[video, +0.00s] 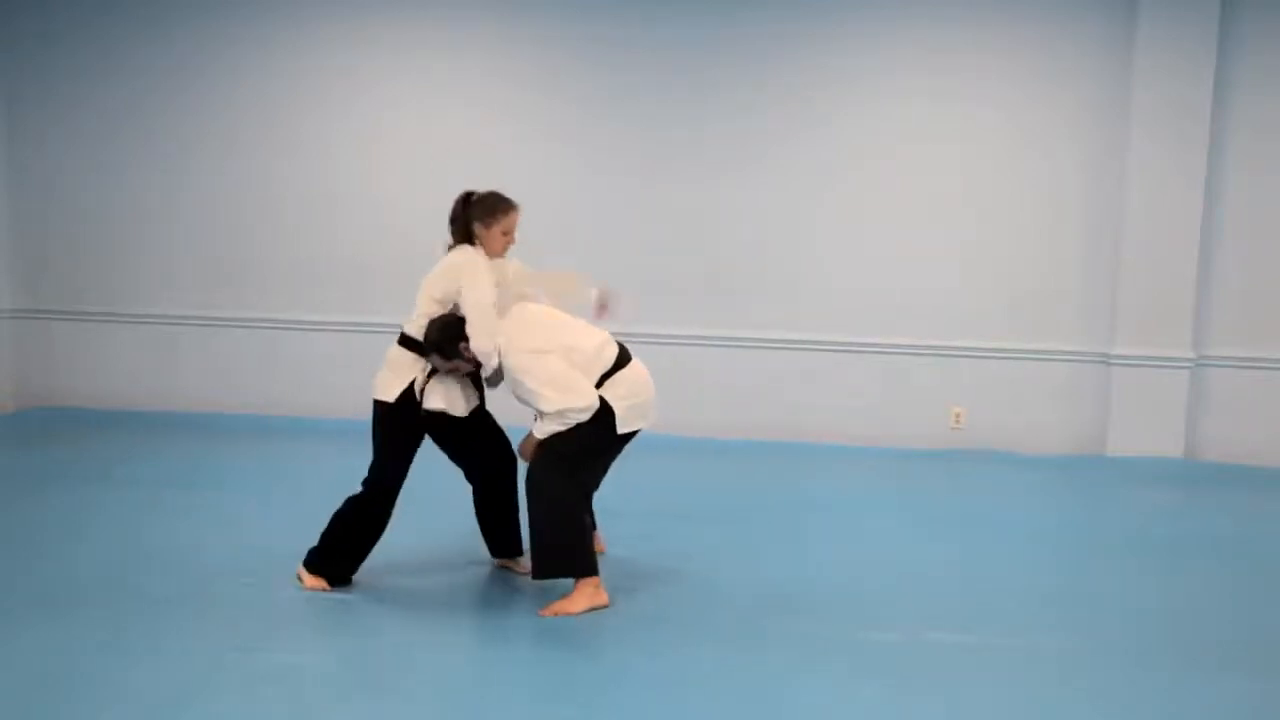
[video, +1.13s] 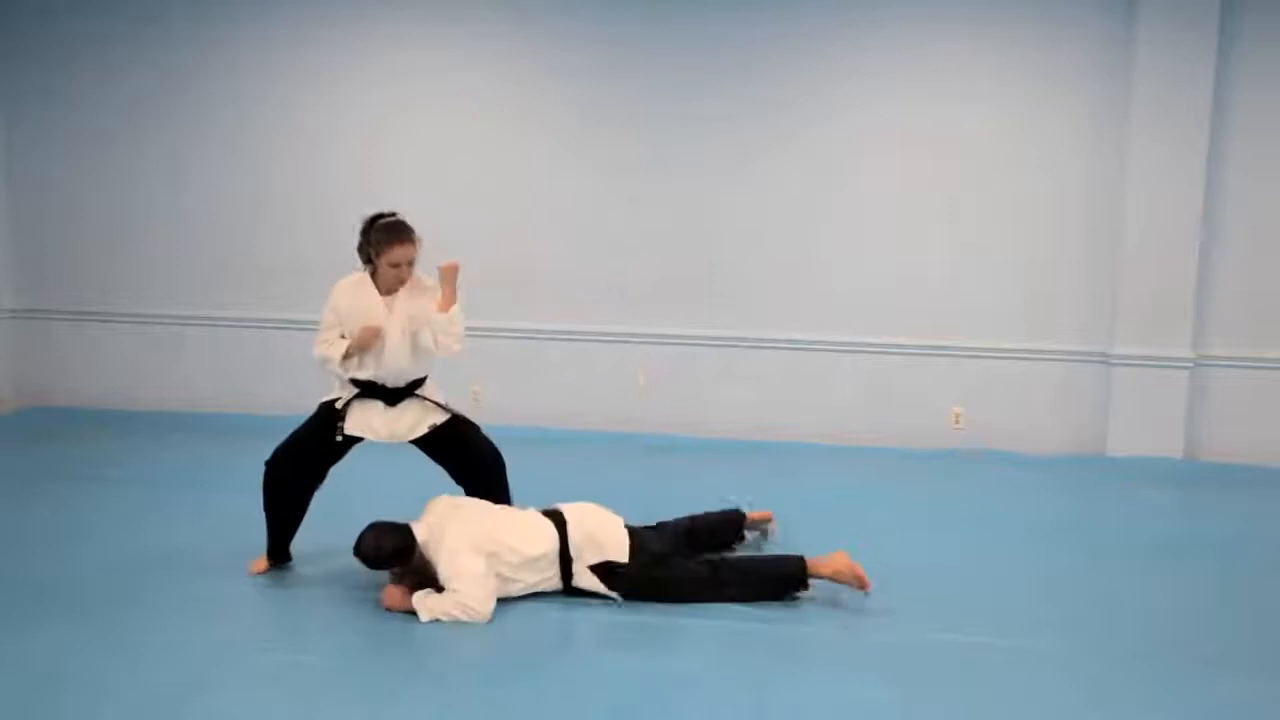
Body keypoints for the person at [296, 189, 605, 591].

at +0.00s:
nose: (512, 240)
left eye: (514, 231)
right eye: (506, 232)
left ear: (485, 231)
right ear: (480, 229)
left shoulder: (491, 265)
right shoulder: (469, 264)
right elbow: (485, 346)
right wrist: (489, 368)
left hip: (450, 390)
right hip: (409, 388)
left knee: (496, 460)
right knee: (384, 484)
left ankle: (507, 552)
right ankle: (320, 568)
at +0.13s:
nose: (502, 220)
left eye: (506, 212)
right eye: (496, 212)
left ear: (509, 207)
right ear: (473, 202)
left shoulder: (496, 228)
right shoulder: (453, 227)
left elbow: (533, 200)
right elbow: (467, 290)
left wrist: (560, 158)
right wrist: (479, 334)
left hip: (472, 373)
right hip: (420, 370)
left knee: (497, 463)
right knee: (382, 466)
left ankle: (509, 552)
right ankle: (321, 558)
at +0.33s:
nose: (489, 217)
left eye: (494, 208)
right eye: (480, 211)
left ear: (501, 197)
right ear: (456, 202)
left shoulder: (496, 210)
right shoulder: (433, 215)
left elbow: (527, 181)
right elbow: (399, 255)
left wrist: (496, 153)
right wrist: (445, 275)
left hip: (473, 359)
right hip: (419, 351)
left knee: (500, 450)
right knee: (365, 437)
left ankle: (505, 550)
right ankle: (296, 532)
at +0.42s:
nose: (479, 230)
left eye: (483, 222)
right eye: (470, 225)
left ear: (491, 212)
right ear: (448, 217)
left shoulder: (498, 238)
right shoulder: (426, 233)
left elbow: (536, 237)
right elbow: (388, 271)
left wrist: (518, 195)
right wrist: (429, 277)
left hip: (469, 372)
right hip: (410, 366)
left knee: (501, 459)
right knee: (351, 447)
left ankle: (507, 558)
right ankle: (285, 531)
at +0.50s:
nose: (476, 253)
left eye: (479, 245)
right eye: (467, 247)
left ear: (484, 241)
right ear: (440, 241)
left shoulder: (488, 271)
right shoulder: (415, 261)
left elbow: (522, 313)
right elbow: (378, 305)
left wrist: (522, 266)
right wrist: (419, 293)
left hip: (457, 390)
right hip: (398, 382)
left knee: (498, 470)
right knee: (337, 458)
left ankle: (515, 553)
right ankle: (283, 543)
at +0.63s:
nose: (460, 297)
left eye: (465, 288)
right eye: (452, 289)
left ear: (473, 281)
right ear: (425, 283)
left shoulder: (476, 310)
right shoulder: (397, 303)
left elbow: (505, 332)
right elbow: (371, 352)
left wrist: (490, 285)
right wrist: (396, 342)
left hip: (437, 415)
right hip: (375, 407)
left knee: (488, 468)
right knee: (303, 470)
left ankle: (509, 550)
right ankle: (276, 556)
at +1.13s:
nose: (405, 274)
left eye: (410, 264)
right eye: (395, 266)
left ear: (416, 256)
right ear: (372, 262)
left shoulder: (424, 292)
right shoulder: (347, 292)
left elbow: (449, 346)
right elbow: (325, 349)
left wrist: (448, 296)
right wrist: (353, 347)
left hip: (414, 404)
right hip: (355, 404)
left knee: (485, 461)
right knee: (285, 466)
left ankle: (505, 550)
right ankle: (277, 554)